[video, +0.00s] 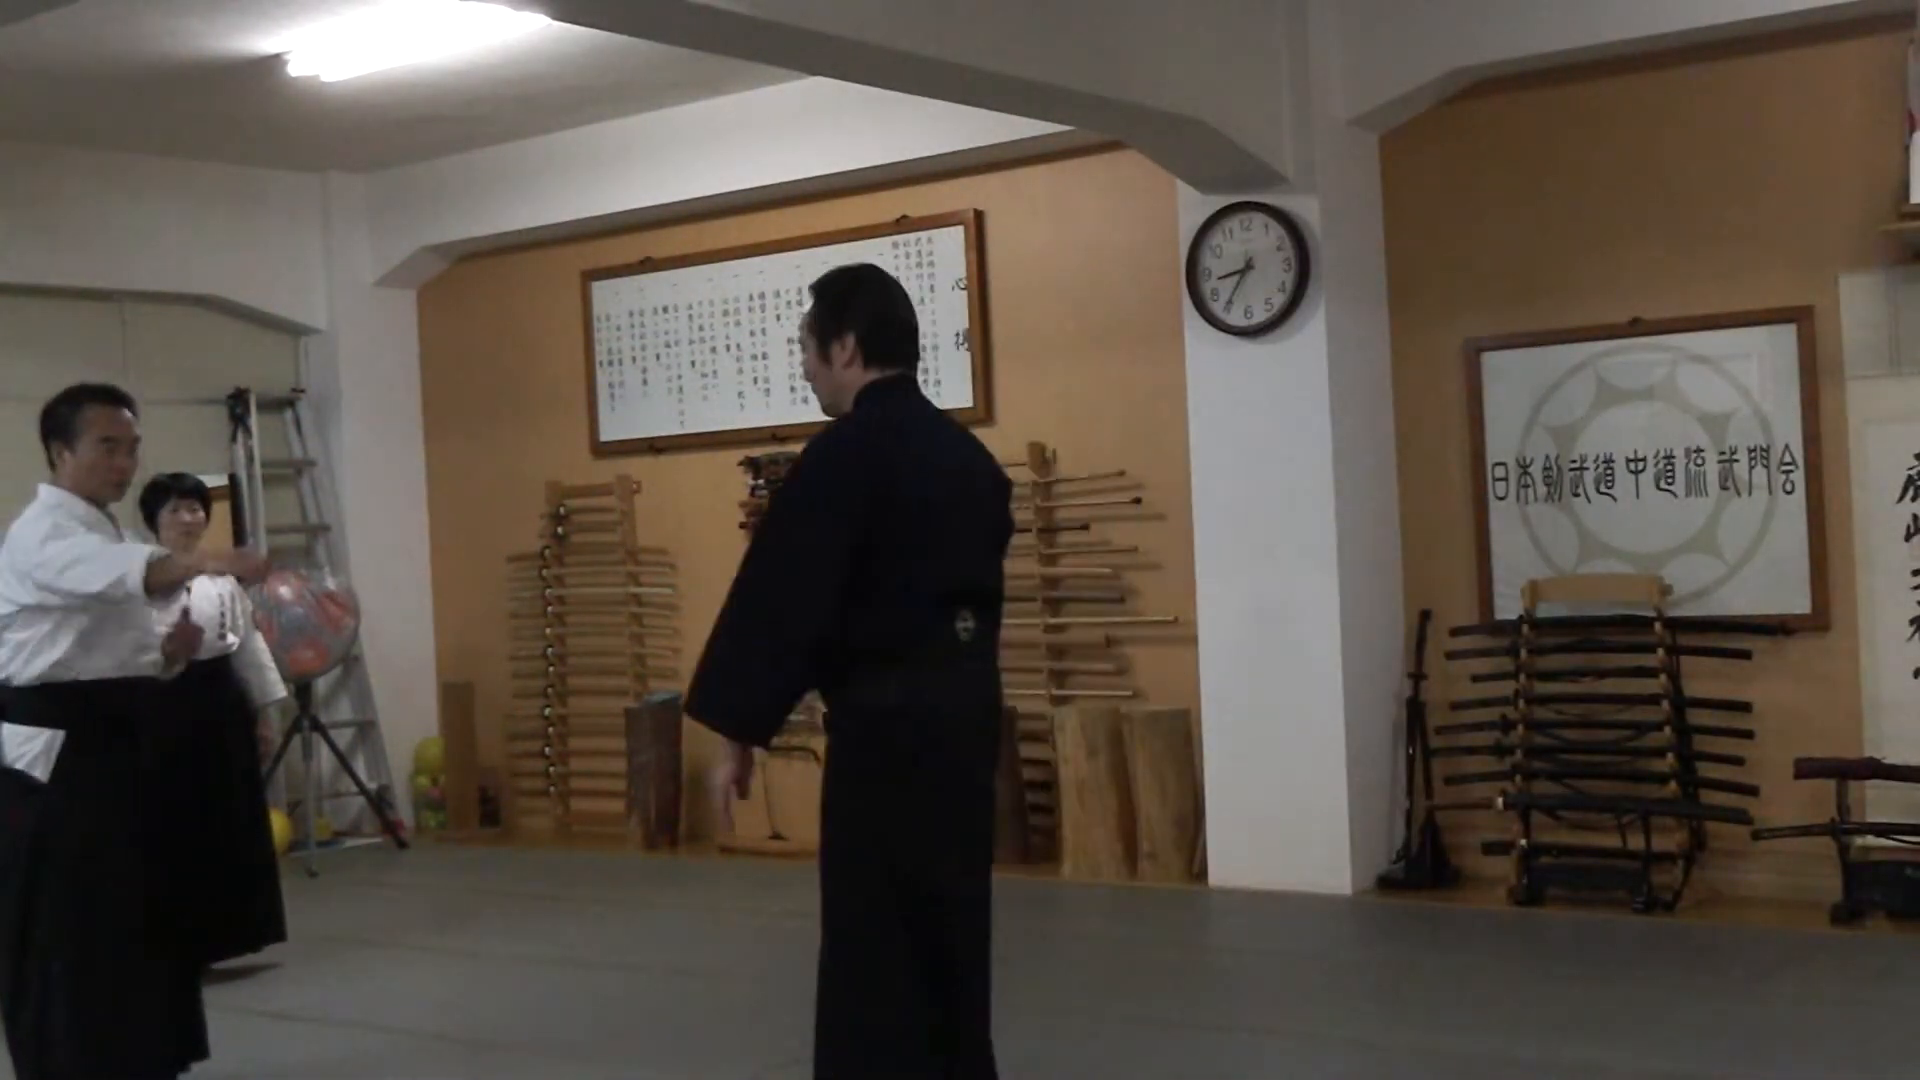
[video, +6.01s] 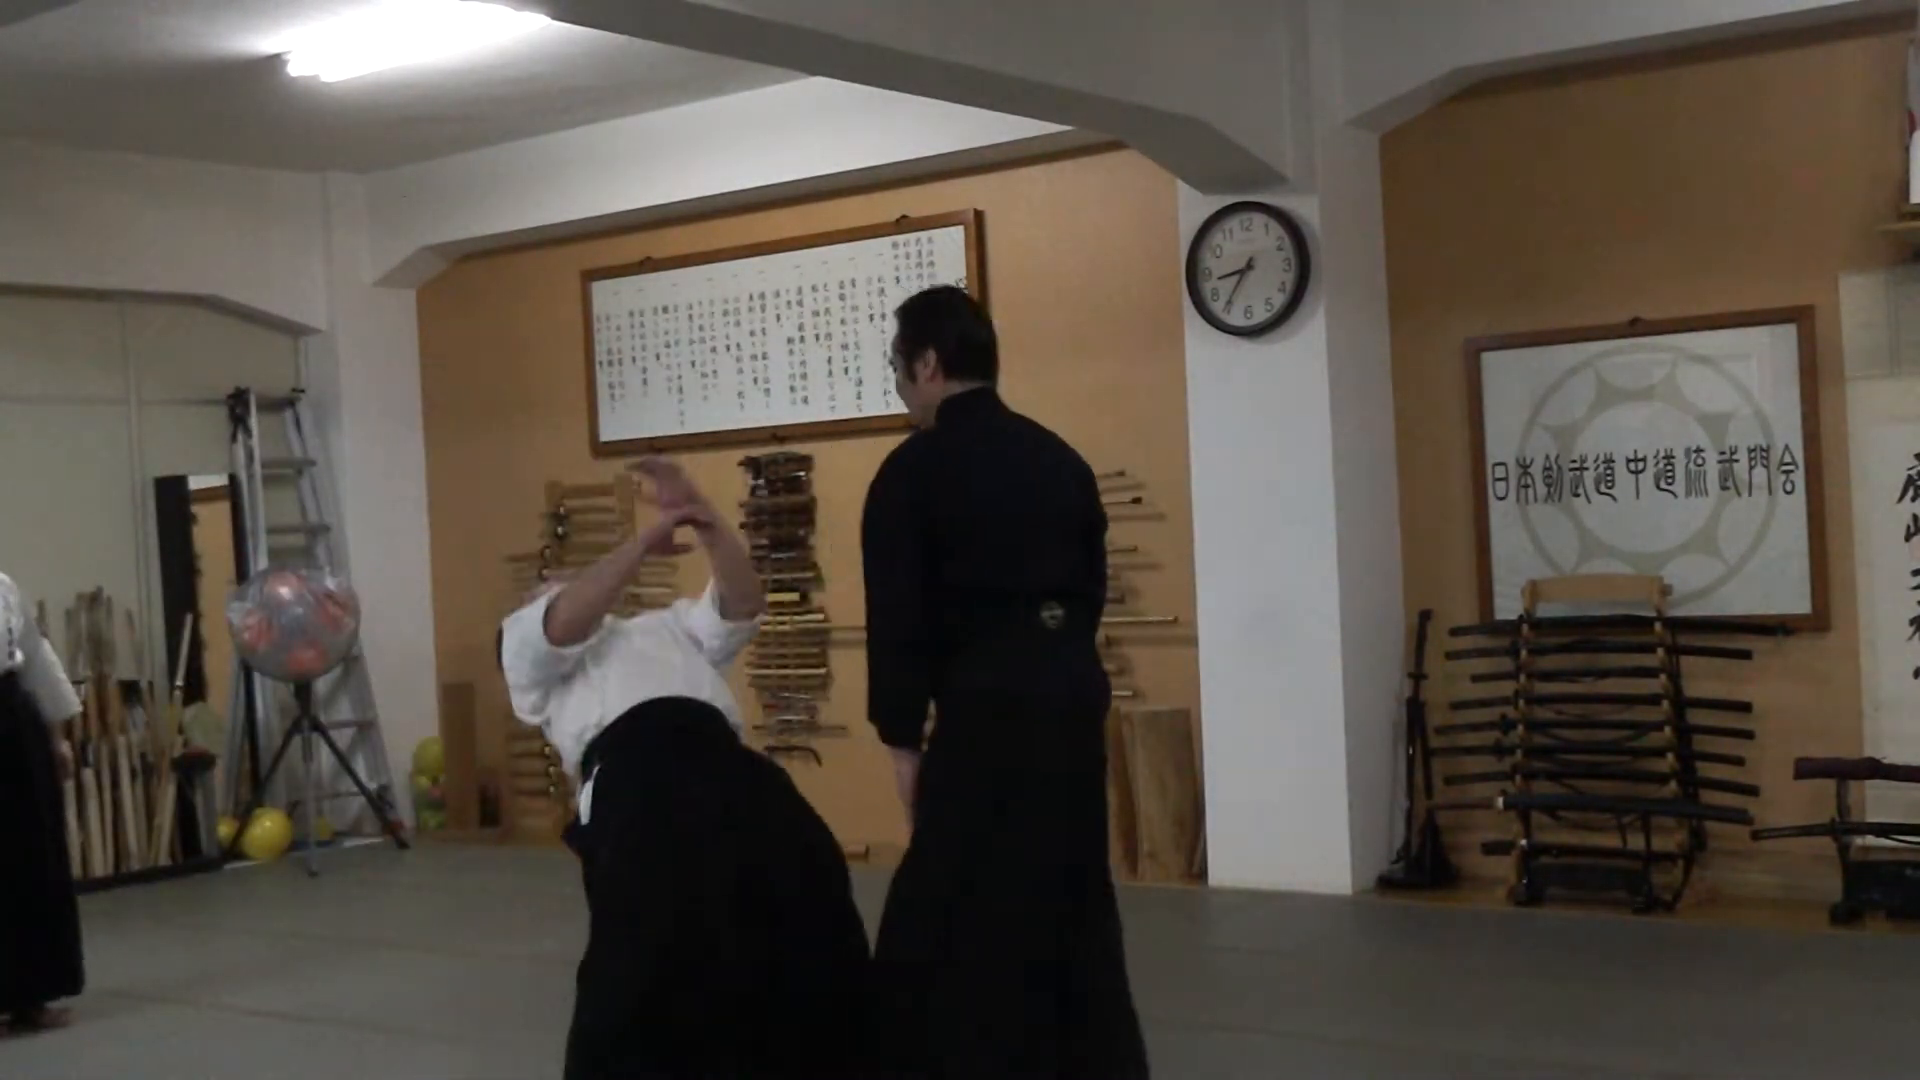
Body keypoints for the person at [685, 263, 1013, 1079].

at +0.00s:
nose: (806, 368)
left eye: (811, 348)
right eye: (806, 350)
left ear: (847, 347)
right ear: (897, 346)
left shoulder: (843, 454)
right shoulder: (968, 453)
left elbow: (781, 593)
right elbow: (970, 602)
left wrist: (741, 729)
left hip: (880, 725)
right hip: (966, 716)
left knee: (870, 935)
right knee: (950, 925)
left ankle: (871, 1067)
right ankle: (954, 1066)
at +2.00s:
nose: (668, 425)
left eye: (665, 405)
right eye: (663, 408)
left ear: (689, 391)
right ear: (750, 384)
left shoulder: (703, 487)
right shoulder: (821, 484)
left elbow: (665, 633)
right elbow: (822, 634)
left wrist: (651, 771)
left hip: (744, 740)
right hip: (836, 727)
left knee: (699, 938)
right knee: (824, 933)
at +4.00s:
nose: (1034, 362)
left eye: (1041, 343)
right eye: (1034, 344)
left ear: (1083, 341)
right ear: (1113, 344)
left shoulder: (1087, 448)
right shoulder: (1185, 444)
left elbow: (1061, 604)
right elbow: (1180, 605)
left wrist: (1040, 753)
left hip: (1112, 740)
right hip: (1191, 728)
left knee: (1109, 957)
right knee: (1200, 945)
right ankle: (1211, 1068)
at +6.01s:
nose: (902, 386)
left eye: (903, 369)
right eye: (901, 370)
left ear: (928, 367)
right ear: (985, 361)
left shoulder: (911, 469)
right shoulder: (1060, 457)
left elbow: (897, 619)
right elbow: (1087, 596)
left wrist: (904, 746)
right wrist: (1052, 681)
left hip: (975, 716)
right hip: (1070, 709)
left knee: (957, 903)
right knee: (1068, 899)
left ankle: (966, 1065)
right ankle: (1081, 1062)